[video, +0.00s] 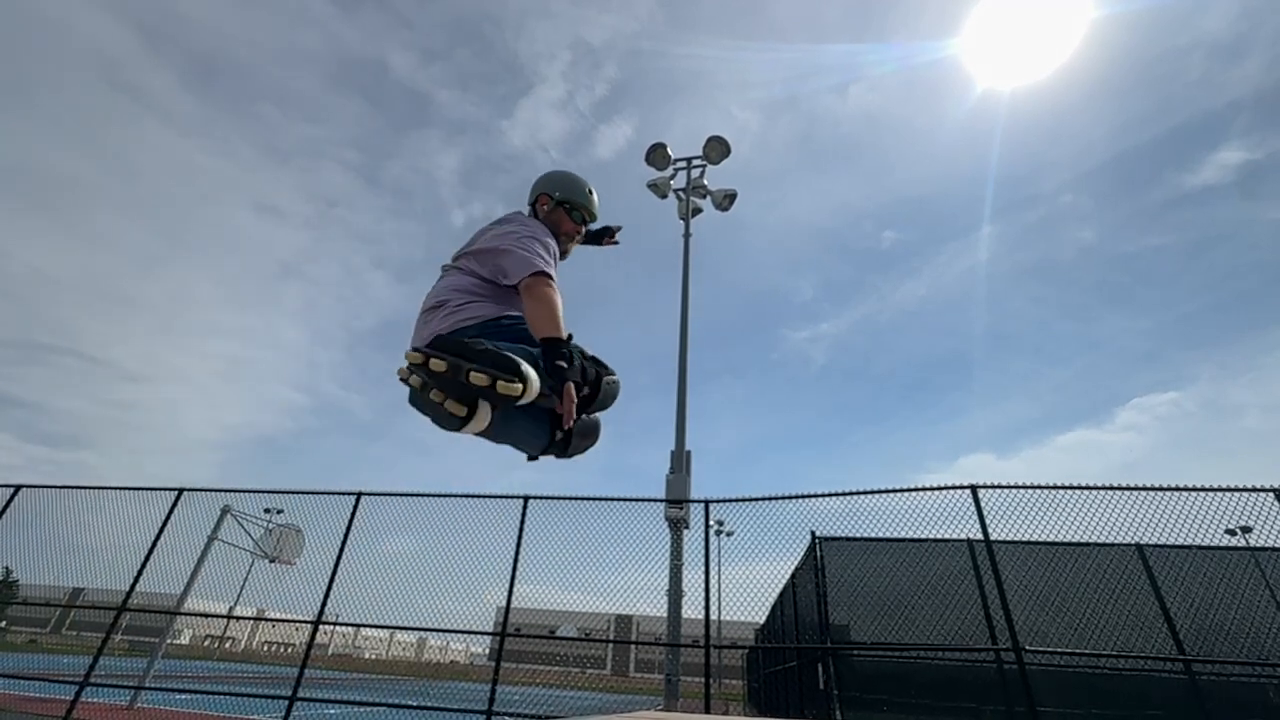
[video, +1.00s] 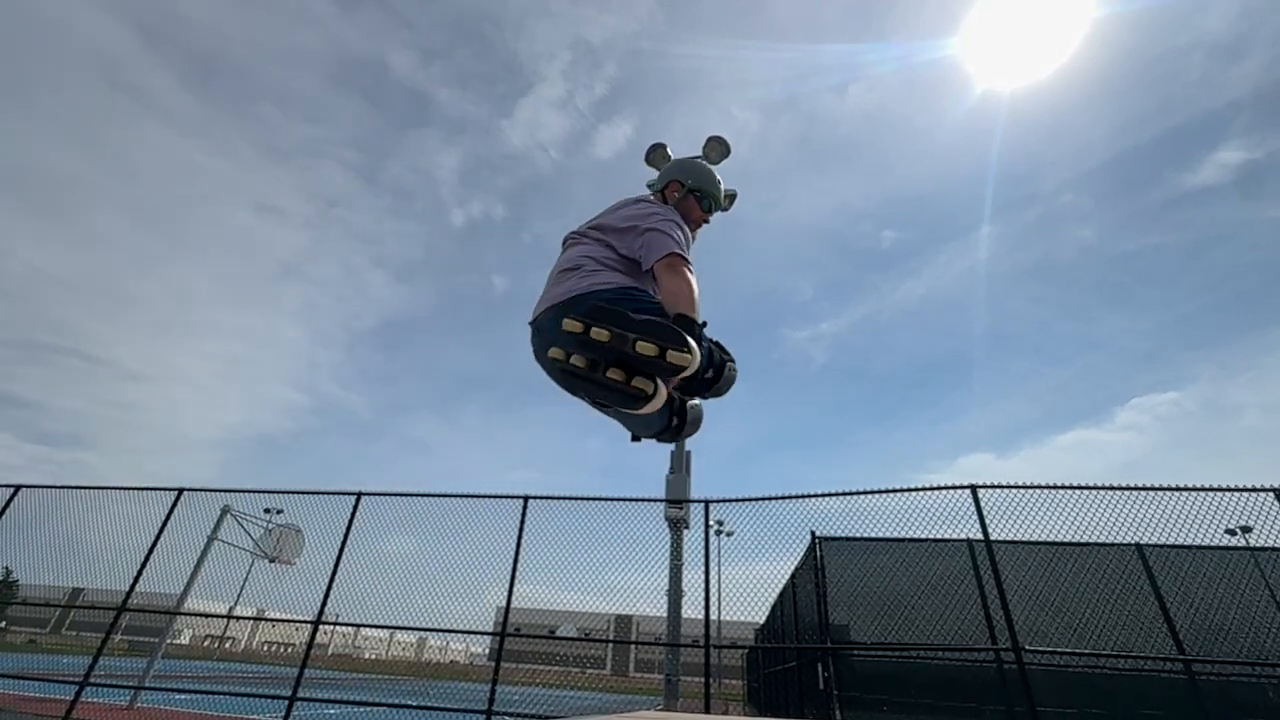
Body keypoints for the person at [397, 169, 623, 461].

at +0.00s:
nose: (580, 231)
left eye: (585, 225)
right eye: (575, 216)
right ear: (544, 204)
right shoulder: (525, 232)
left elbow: (552, 237)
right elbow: (538, 287)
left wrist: (588, 237)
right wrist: (558, 358)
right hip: (467, 322)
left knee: (579, 433)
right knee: (600, 380)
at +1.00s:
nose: (708, 218)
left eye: (712, 210)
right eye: (704, 203)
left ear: (671, 190)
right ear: (674, 190)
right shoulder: (659, 215)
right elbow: (672, 267)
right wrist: (687, 331)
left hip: (545, 338)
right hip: (595, 298)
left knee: (676, 421)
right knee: (719, 372)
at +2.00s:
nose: (815, 229)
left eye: (819, 224)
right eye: (815, 216)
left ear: (778, 198)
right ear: (791, 198)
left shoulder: (726, 223)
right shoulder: (775, 214)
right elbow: (805, 261)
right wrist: (841, 326)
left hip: (659, 332)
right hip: (715, 303)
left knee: (765, 411)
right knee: (818, 393)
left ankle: (736, 461)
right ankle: (778, 448)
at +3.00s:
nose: (951, 254)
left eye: (954, 249)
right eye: (947, 244)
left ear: (896, 220)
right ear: (931, 227)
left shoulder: (836, 259)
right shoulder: (907, 227)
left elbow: (798, 317)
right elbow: (941, 264)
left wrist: (769, 366)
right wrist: (1018, 319)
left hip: (795, 368)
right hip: (860, 348)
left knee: (882, 508)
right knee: (948, 493)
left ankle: (904, 679)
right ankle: (975, 681)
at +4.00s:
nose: (1095, 277)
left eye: (1091, 271)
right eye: (1089, 267)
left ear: (1019, 250)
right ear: (1073, 256)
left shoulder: (972, 275)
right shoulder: (1069, 262)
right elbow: (1152, 297)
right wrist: (1254, 339)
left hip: (909, 368)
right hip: (1004, 354)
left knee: (983, 522)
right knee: (1113, 496)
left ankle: (959, 671)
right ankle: (1166, 674)